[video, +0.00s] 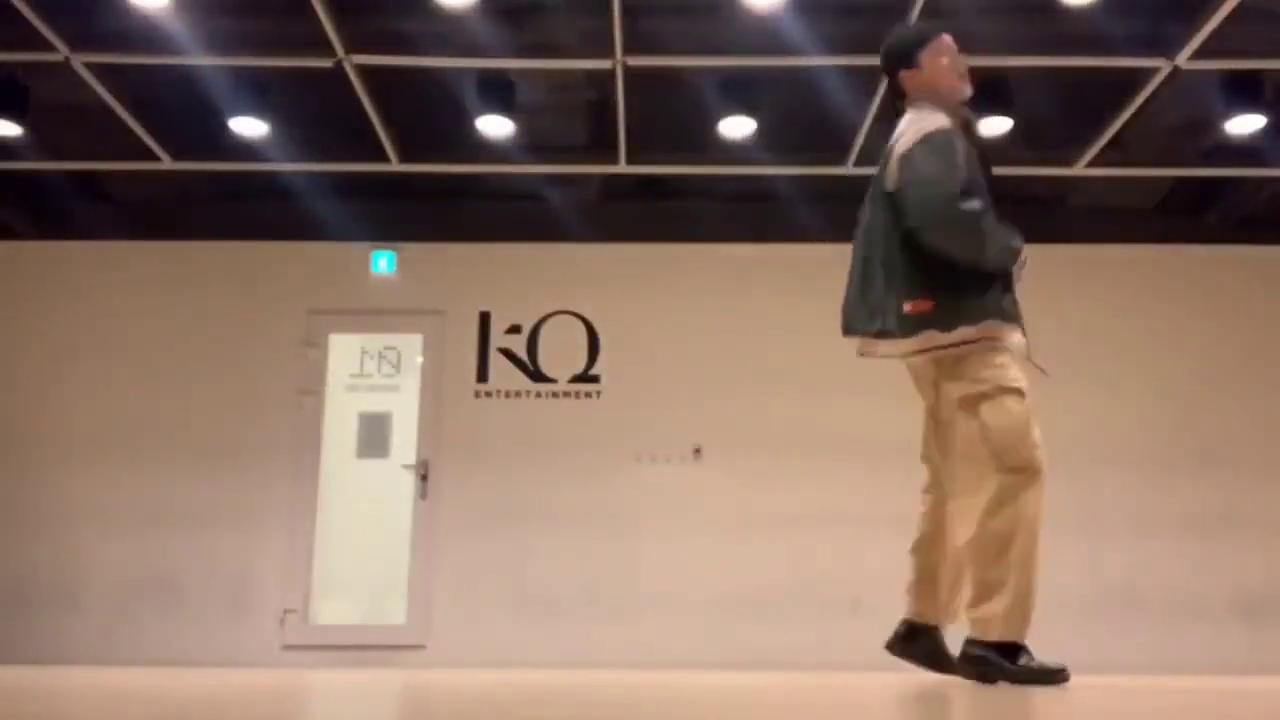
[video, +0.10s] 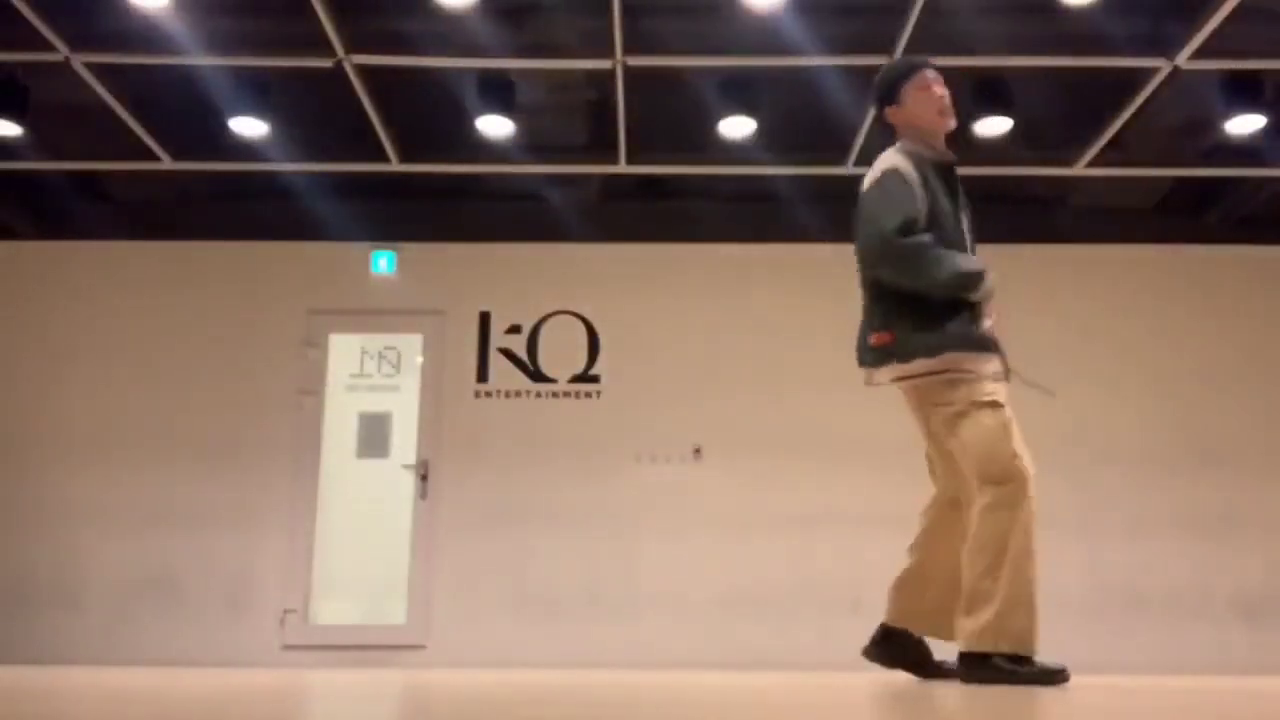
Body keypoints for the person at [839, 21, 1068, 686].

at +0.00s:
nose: (962, 65)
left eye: (957, 54)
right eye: (948, 58)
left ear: (922, 77)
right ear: (915, 78)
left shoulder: (919, 134)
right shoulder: (931, 135)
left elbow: (930, 227)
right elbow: (944, 220)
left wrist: (994, 247)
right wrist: (1007, 248)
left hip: (940, 337)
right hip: (970, 334)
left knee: (953, 483)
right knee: (1016, 475)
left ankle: (921, 625)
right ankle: (994, 641)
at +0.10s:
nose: (943, 94)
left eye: (942, 85)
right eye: (926, 88)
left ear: (944, 102)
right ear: (895, 112)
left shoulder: (935, 174)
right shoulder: (894, 172)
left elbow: (937, 259)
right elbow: (886, 252)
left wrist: (978, 323)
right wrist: (971, 276)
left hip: (950, 352)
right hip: (938, 353)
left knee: (961, 492)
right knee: (1006, 480)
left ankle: (902, 630)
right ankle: (992, 648)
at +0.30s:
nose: (906, 107)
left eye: (913, 100)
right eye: (891, 102)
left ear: (925, 121)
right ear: (868, 126)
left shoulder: (963, 195)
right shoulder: (843, 192)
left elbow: (992, 257)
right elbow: (802, 261)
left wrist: (987, 297)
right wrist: (869, 292)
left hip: (954, 356)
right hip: (895, 356)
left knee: (947, 483)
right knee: (917, 475)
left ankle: (898, 628)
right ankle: (958, 616)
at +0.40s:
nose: (896, 123)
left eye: (904, 116)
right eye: (883, 117)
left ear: (917, 138)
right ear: (861, 141)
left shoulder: (957, 207)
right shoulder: (830, 205)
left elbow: (996, 271)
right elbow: (786, 274)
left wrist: (978, 310)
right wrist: (845, 311)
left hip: (939, 358)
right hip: (873, 360)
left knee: (935, 487)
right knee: (884, 473)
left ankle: (902, 628)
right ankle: (899, 626)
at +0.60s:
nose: (873, 141)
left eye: (882, 135)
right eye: (861, 135)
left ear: (897, 157)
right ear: (843, 157)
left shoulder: (931, 225)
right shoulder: (802, 219)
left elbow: (967, 290)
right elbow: (759, 280)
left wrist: (939, 318)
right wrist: (797, 313)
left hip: (905, 372)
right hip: (831, 371)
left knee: (908, 512)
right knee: (814, 503)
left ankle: (897, 646)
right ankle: (797, 640)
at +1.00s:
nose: (778, 174)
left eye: (787, 167)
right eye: (768, 169)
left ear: (804, 184)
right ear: (754, 188)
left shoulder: (837, 245)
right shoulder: (722, 246)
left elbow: (870, 306)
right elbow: (681, 305)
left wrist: (840, 342)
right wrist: (716, 341)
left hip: (812, 390)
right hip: (747, 392)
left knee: (836, 511)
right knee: (745, 519)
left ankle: (882, 633)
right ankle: (744, 643)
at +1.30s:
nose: (735, 199)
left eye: (743, 193)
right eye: (724, 196)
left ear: (758, 207)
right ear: (711, 217)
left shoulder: (797, 263)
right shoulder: (689, 275)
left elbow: (838, 317)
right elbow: (656, 339)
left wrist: (806, 327)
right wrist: (699, 320)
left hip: (783, 414)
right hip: (718, 419)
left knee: (792, 525)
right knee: (724, 534)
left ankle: (783, 636)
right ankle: (738, 648)